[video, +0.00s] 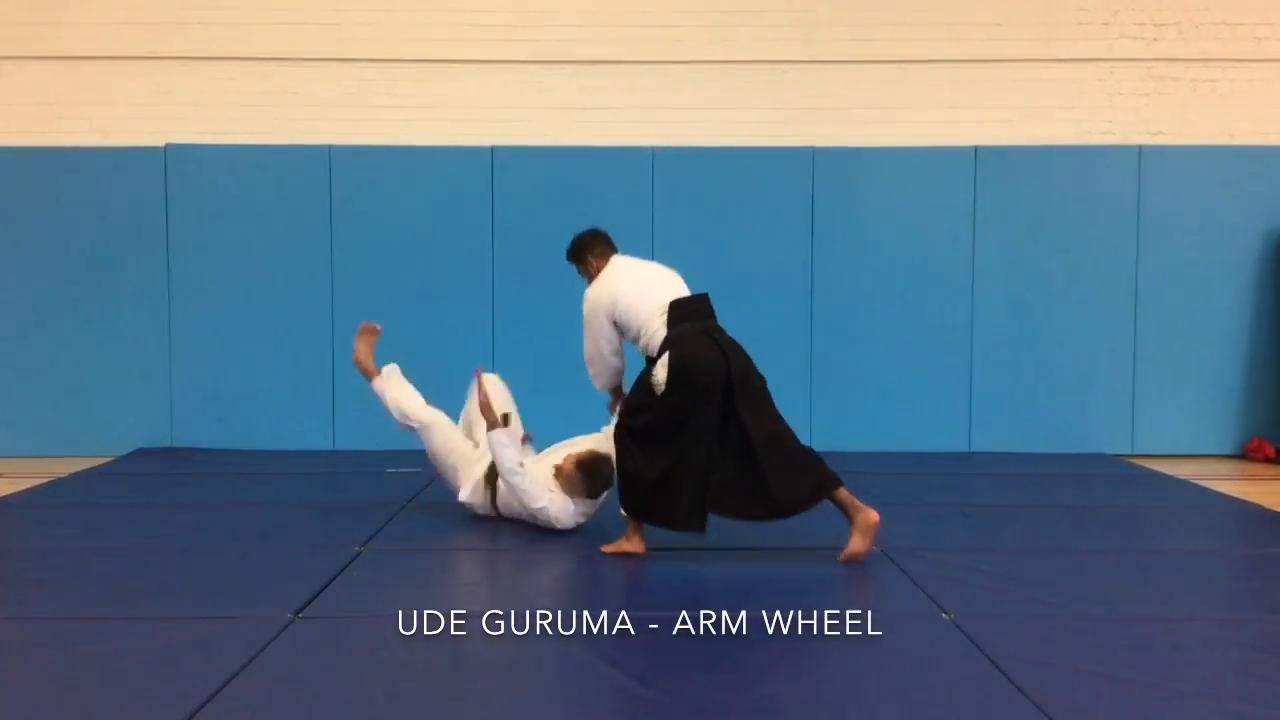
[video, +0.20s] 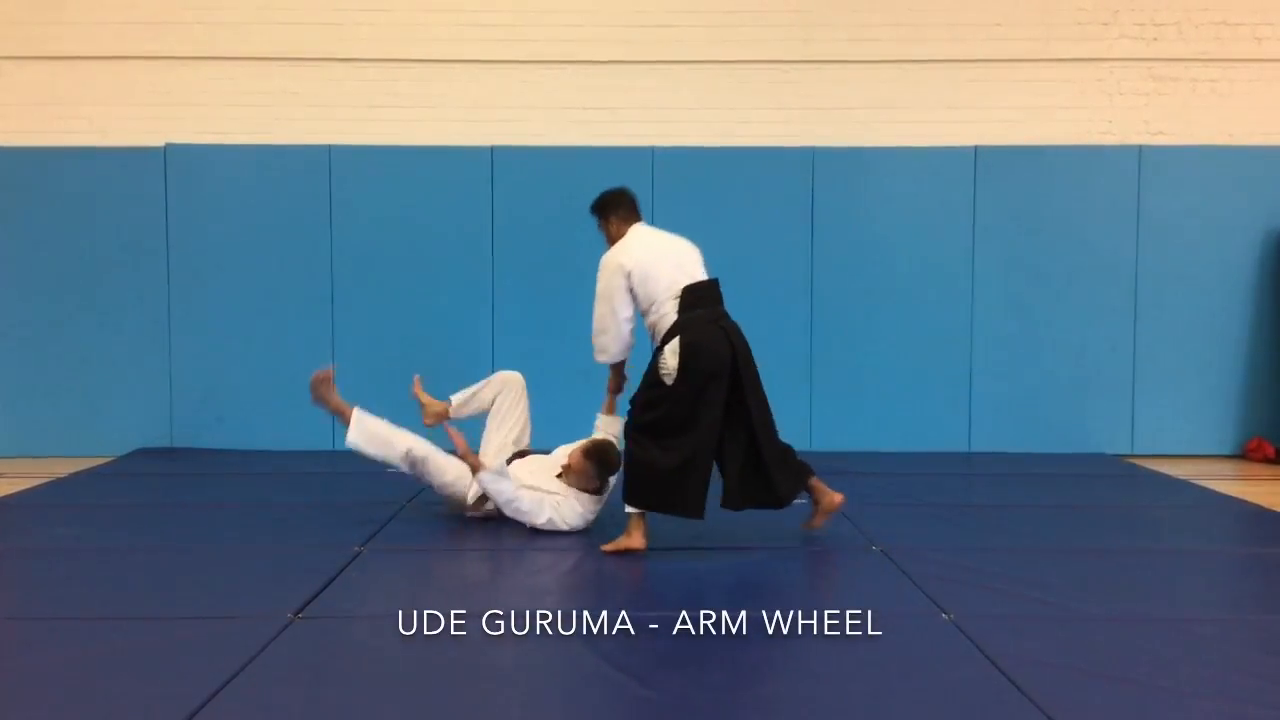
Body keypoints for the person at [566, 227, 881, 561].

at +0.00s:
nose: (583, 277)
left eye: (581, 270)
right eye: (582, 270)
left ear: (589, 262)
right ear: (611, 251)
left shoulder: (598, 291)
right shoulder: (650, 267)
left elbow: (603, 364)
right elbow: (674, 316)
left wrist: (614, 394)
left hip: (680, 361)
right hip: (723, 349)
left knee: (632, 433)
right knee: (773, 436)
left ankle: (633, 535)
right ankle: (858, 513)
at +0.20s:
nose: (604, 235)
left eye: (602, 227)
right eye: (601, 228)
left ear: (611, 223)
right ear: (636, 216)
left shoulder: (618, 257)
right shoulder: (677, 242)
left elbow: (614, 329)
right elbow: (687, 295)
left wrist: (616, 373)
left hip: (684, 345)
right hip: (724, 334)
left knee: (643, 429)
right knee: (747, 426)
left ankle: (636, 528)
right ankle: (822, 492)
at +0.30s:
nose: (628, 222)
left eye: (627, 214)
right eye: (627, 214)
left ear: (637, 210)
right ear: (661, 206)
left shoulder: (641, 248)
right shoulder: (703, 238)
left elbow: (633, 319)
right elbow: (719, 294)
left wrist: (632, 378)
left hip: (695, 343)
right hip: (735, 335)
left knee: (649, 426)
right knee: (744, 420)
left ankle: (640, 529)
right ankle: (790, 498)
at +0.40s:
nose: (655, 213)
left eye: (656, 205)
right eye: (655, 206)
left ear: (667, 203)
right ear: (691, 201)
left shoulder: (673, 245)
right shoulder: (729, 238)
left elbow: (667, 317)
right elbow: (738, 297)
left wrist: (656, 379)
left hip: (714, 348)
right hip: (749, 342)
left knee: (667, 425)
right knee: (750, 425)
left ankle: (644, 522)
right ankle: (792, 503)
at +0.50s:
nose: (679, 204)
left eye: (682, 196)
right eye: (680, 196)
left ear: (697, 197)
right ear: (715, 197)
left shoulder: (702, 242)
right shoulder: (748, 236)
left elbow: (701, 312)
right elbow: (755, 296)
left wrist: (690, 372)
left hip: (728, 346)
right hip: (762, 340)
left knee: (681, 418)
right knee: (765, 425)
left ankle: (658, 512)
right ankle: (795, 507)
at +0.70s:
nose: (708, 190)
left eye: (712, 184)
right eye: (710, 183)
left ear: (728, 187)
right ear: (742, 188)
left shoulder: (731, 230)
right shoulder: (766, 225)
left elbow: (743, 295)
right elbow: (753, 293)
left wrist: (746, 355)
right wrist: (713, 330)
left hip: (741, 334)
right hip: (771, 330)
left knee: (694, 411)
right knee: (782, 419)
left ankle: (707, 499)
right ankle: (801, 508)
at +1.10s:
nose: (683, 195)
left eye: (690, 189)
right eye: (684, 189)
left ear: (714, 193)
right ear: (712, 195)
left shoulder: (723, 234)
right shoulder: (715, 229)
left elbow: (730, 300)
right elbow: (714, 289)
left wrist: (713, 357)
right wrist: (684, 318)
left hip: (716, 343)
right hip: (736, 340)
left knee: (684, 423)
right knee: (763, 423)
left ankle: (683, 509)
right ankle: (798, 504)